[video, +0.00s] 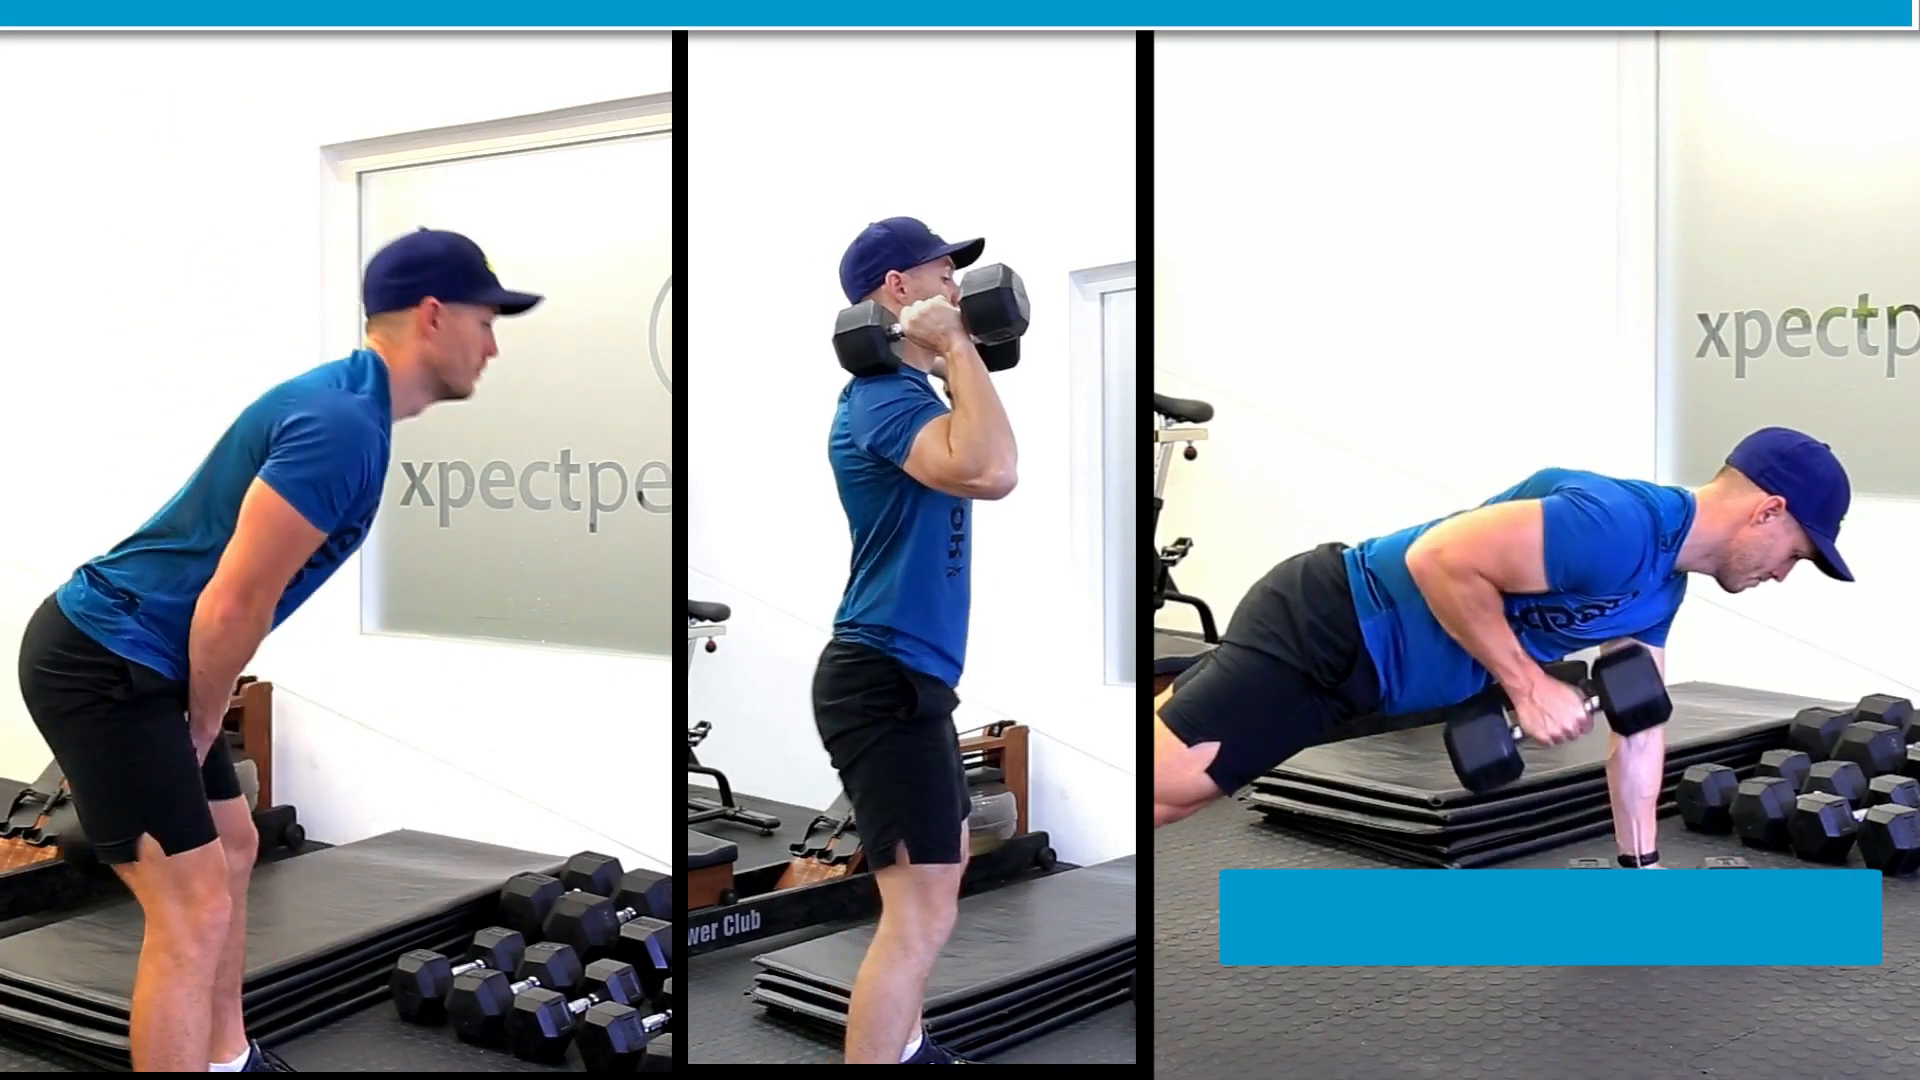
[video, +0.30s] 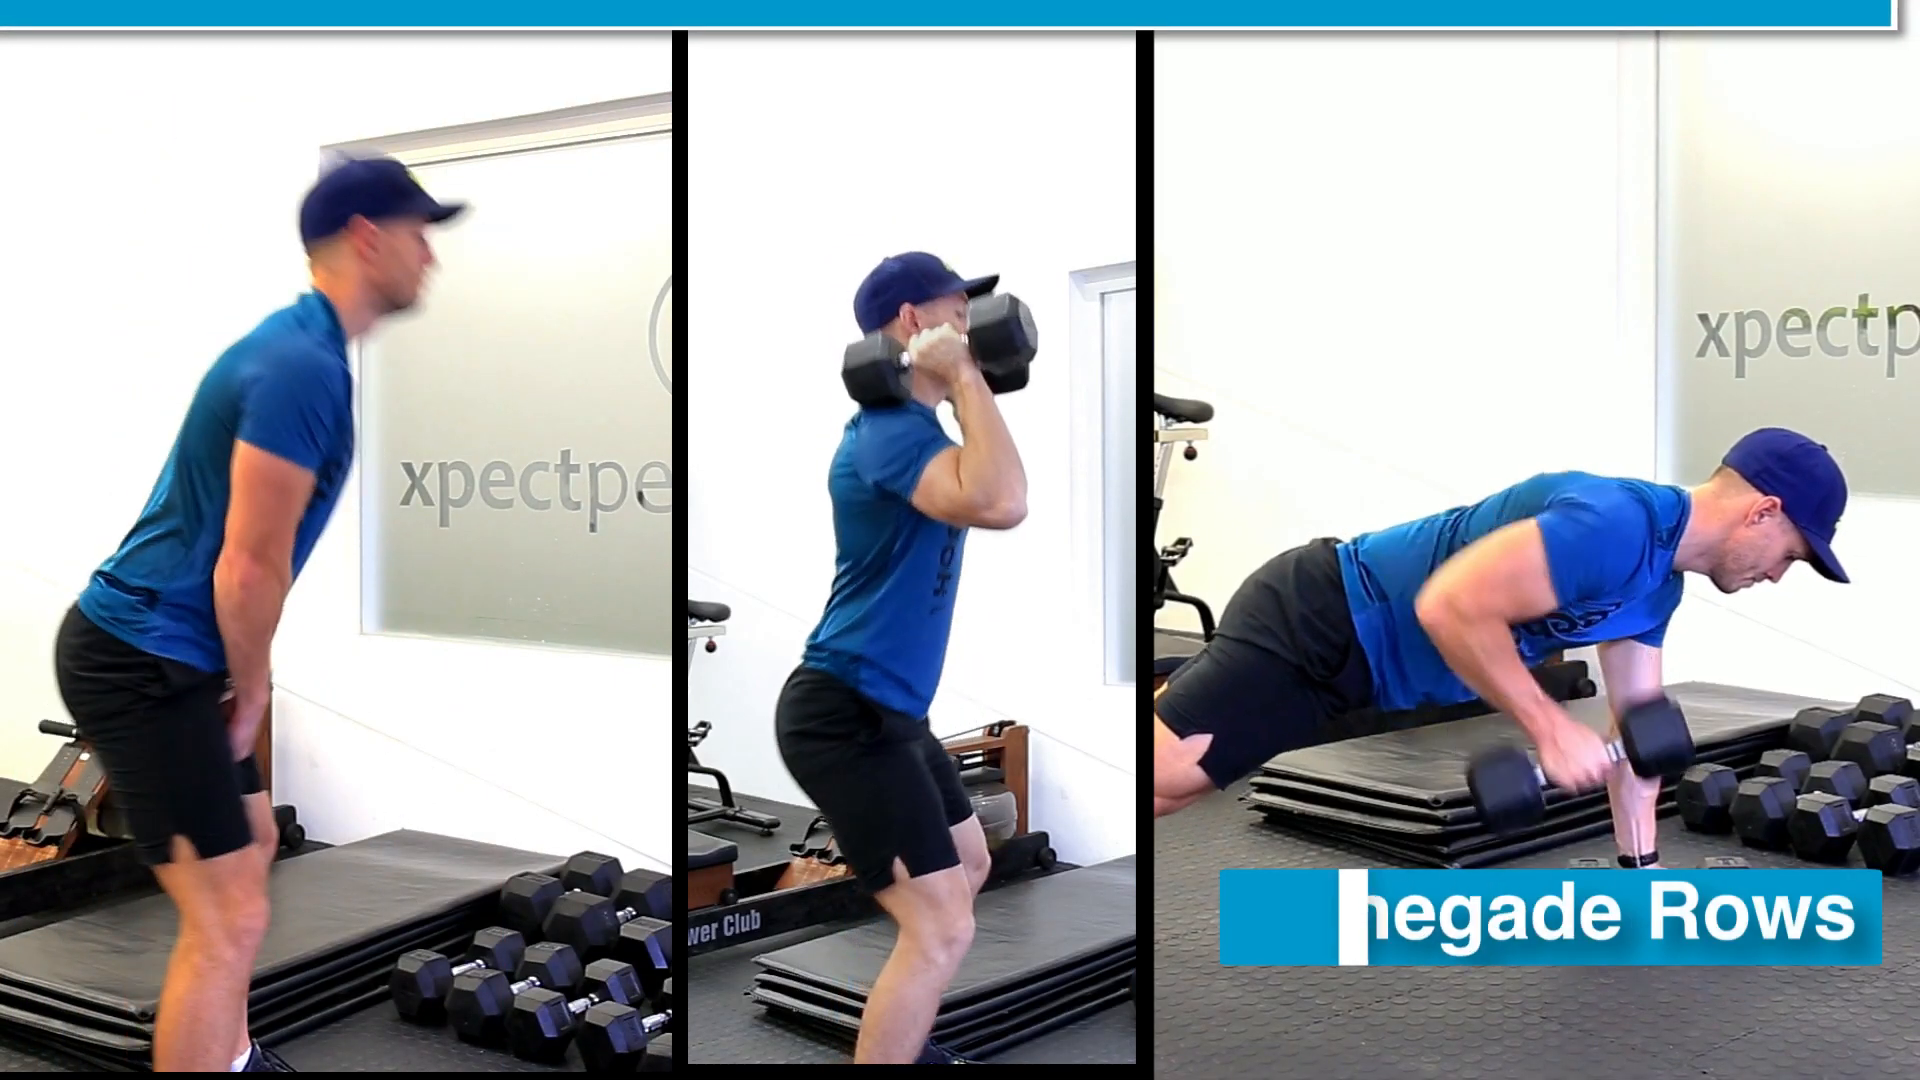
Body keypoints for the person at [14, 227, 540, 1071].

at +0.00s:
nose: (495, 345)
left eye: (496, 322)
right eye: (486, 319)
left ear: (426, 319)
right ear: (430, 316)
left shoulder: (352, 414)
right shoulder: (341, 424)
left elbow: (243, 596)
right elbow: (231, 604)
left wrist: (202, 720)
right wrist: (198, 736)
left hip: (153, 651)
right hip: (101, 654)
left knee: (232, 846)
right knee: (192, 908)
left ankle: (224, 1059)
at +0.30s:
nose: (433, 252)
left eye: (429, 233)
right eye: (418, 232)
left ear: (361, 241)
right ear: (360, 237)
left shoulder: (313, 357)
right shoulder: (298, 364)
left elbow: (258, 558)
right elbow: (246, 571)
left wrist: (250, 687)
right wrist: (249, 699)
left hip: (190, 652)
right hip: (141, 655)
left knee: (251, 849)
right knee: (228, 915)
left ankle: (219, 1044)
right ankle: (197, 1073)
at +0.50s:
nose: (309, 195)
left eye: (309, 175)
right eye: (297, 171)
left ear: (233, 174)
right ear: (234, 168)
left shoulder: (200, 289)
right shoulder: (198, 298)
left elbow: (253, 489)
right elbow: (258, 497)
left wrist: (334, 588)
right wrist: (345, 592)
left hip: (205, 630)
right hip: (195, 637)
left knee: (233, 878)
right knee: (223, 907)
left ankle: (226, 1055)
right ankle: (193, 1074)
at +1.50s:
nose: (441, 282)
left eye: (439, 261)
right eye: (425, 259)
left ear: (368, 266)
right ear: (367, 261)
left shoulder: (318, 382)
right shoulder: (312, 393)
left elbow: (272, 587)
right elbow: (264, 599)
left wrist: (279, 713)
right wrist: (277, 734)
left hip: (166, 673)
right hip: (128, 676)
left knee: (262, 859)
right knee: (247, 923)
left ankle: (222, 1041)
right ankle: (205, 1062)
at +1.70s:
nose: (535, 401)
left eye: (536, 379)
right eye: (526, 376)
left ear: (468, 381)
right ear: (473, 380)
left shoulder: (387, 467)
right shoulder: (379, 488)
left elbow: (264, 650)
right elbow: (249, 660)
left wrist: (247, 779)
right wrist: (203, 779)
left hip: (163, 674)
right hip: (118, 685)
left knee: (273, 835)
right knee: (251, 928)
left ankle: (218, 1033)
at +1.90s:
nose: (528, 367)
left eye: (528, 347)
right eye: (517, 346)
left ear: (461, 350)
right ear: (465, 348)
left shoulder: (378, 437)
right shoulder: (376, 453)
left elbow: (269, 630)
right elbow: (262, 630)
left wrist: (252, 780)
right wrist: (223, 772)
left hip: (149, 660)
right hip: (129, 669)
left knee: (253, 882)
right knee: (241, 925)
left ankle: (225, 1049)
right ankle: (207, 1063)